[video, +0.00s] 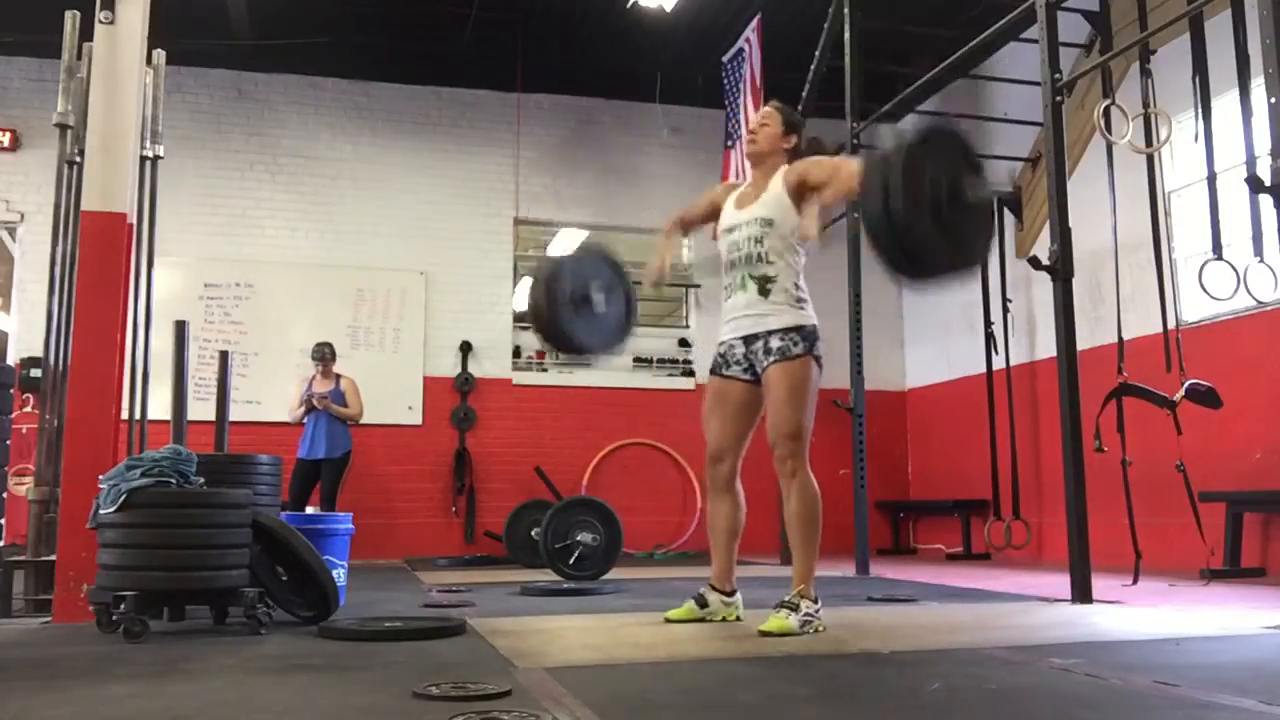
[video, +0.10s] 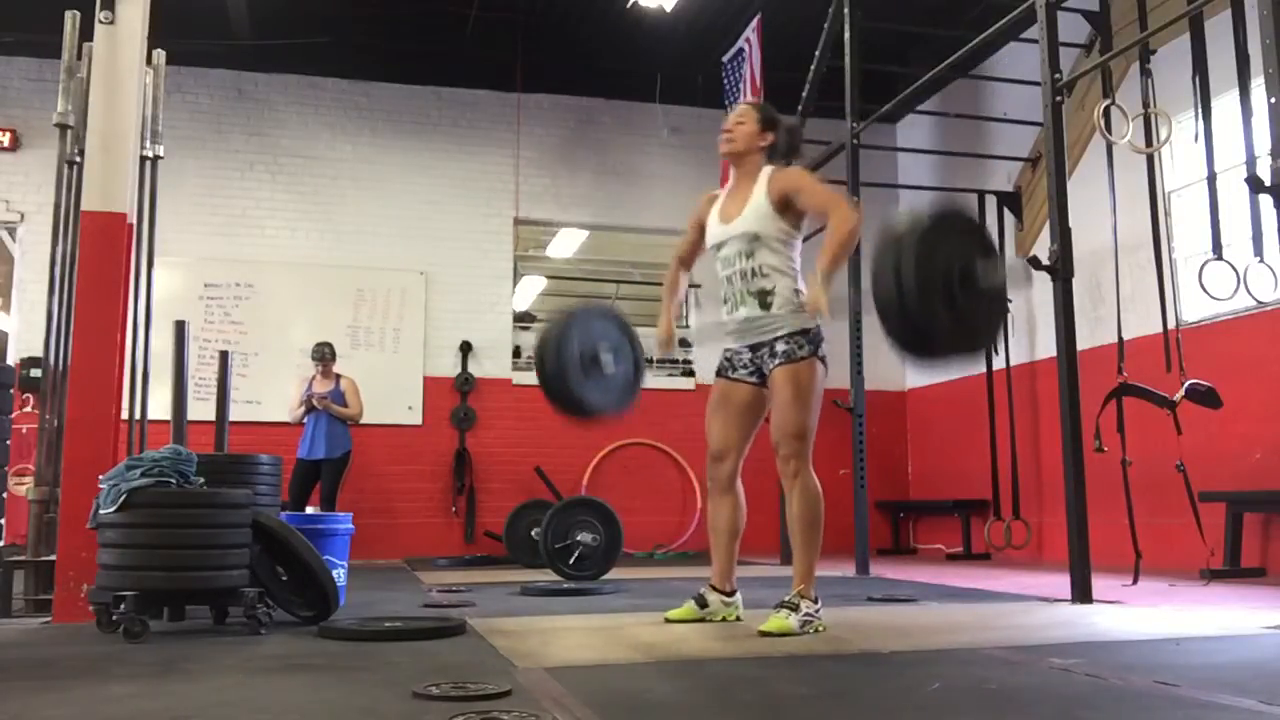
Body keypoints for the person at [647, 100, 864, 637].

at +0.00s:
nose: (752, 128)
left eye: (764, 123)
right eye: (750, 122)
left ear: (789, 139)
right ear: (746, 138)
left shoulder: (798, 175)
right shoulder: (726, 194)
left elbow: (855, 170)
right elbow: (677, 222)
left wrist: (830, 194)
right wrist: (663, 255)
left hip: (787, 333)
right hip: (735, 339)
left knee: (789, 459)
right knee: (719, 463)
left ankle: (804, 598)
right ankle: (722, 592)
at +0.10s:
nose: (725, 127)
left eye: (738, 121)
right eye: (726, 121)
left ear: (765, 136)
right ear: (725, 138)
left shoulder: (785, 181)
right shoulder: (712, 204)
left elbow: (846, 216)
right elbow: (680, 265)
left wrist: (820, 279)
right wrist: (667, 319)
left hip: (791, 339)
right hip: (739, 348)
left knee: (792, 462)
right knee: (720, 464)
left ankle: (804, 599)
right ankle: (722, 592)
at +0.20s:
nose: (699, 137)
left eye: (711, 130)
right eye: (698, 130)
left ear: (740, 141)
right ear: (698, 145)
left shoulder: (765, 193)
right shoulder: (693, 220)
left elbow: (813, 259)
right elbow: (680, 297)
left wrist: (825, 337)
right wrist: (675, 366)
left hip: (792, 344)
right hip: (738, 352)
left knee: (795, 465)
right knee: (718, 467)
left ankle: (804, 598)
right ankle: (722, 593)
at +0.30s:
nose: (678, 149)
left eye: (691, 143)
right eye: (678, 143)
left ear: (720, 157)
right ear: (681, 160)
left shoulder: (752, 210)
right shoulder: (678, 238)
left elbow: (804, 281)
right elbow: (677, 316)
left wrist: (827, 355)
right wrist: (678, 382)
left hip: (799, 350)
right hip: (745, 359)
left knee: (805, 467)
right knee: (718, 468)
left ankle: (806, 599)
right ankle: (723, 593)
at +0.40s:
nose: (678, 152)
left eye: (690, 144)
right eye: (678, 145)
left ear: (720, 157)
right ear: (682, 159)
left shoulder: (755, 207)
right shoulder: (680, 238)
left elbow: (807, 278)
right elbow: (678, 313)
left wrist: (825, 351)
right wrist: (675, 377)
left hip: (799, 351)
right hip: (745, 358)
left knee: (804, 467)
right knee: (718, 468)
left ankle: (806, 599)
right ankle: (722, 593)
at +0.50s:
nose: (693, 140)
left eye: (705, 133)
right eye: (693, 133)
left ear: (735, 143)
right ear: (697, 148)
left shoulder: (769, 196)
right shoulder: (692, 227)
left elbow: (809, 267)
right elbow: (684, 301)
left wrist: (821, 338)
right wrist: (674, 367)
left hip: (793, 347)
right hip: (739, 355)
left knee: (795, 464)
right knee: (719, 467)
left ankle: (804, 598)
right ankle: (722, 593)